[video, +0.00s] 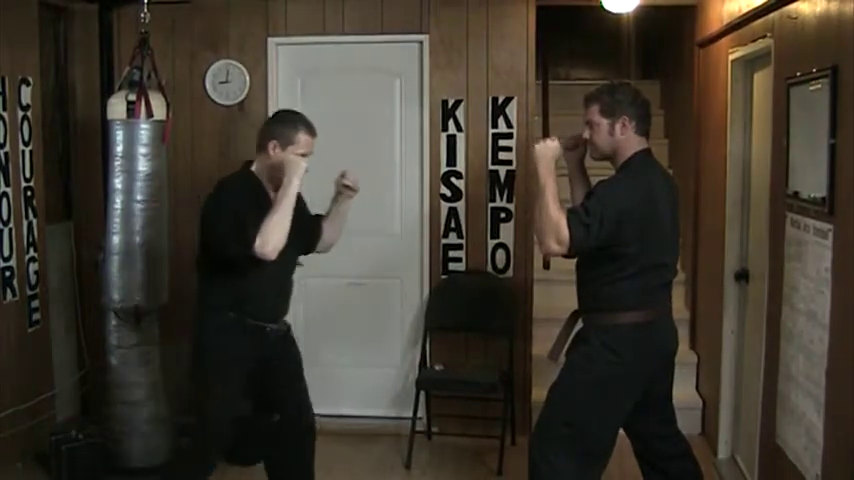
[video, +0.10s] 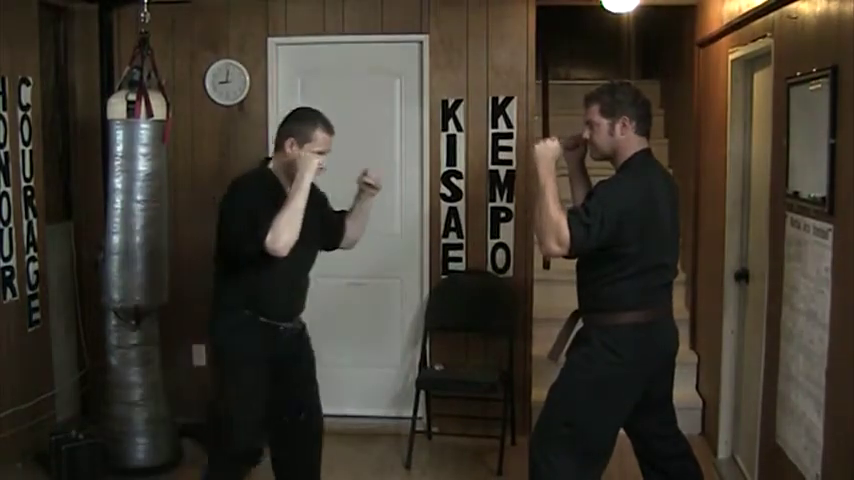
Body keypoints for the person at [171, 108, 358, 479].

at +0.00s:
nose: (304, 165)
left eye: (308, 156)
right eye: (301, 154)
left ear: (279, 152)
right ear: (273, 149)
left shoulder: (282, 196)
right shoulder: (231, 192)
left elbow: (318, 241)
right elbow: (267, 247)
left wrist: (341, 201)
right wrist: (290, 182)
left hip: (274, 336)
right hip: (228, 336)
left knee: (297, 430)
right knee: (214, 433)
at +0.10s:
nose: (322, 163)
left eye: (325, 155)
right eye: (318, 153)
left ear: (294, 149)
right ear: (289, 147)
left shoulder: (307, 195)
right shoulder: (247, 190)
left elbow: (342, 237)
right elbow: (278, 244)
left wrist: (364, 199)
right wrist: (303, 178)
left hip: (290, 335)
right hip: (244, 336)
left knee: (302, 438)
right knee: (239, 444)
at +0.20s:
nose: (336, 162)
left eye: (339, 153)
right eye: (330, 152)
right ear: (301, 145)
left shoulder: (324, 194)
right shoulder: (259, 188)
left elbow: (357, 239)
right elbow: (282, 243)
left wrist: (379, 199)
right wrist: (308, 178)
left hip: (306, 335)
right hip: (260, 333)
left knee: (317, 435)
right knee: (273, 441)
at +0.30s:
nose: (345, 163)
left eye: (348, 155)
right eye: (339, 154)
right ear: (310, 148)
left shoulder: (333, 194)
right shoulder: (267, 192)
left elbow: (367, 243)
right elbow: (290, 244)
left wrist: (389, 202)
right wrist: (314, 179)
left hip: (322, 335)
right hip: (276, 335)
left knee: (347, 425)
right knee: (299, 434)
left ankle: (319, 479)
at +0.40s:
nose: (359, 164)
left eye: (361, 155)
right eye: (352, 155)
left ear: (331, 151)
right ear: (323, 149)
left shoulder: (342, 195)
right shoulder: (281, 195)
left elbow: (371, 247)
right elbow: (304, 250)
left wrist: (395, 210)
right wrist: (328, 183)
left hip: (340, 335)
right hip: (292, 336)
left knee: (379, 419)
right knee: (310, 437)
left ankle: (347, 478)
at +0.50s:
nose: (379, 163)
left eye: (380, 154)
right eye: (373, 153)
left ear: (351, 150)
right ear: (344, 149)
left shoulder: (361, 196)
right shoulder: (299, 195)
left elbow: (390, 247)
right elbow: (320, 252)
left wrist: (416, 216)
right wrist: (350, 187)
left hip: (358, 336)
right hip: (309, 337)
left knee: (399, 429)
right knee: (316, 445)